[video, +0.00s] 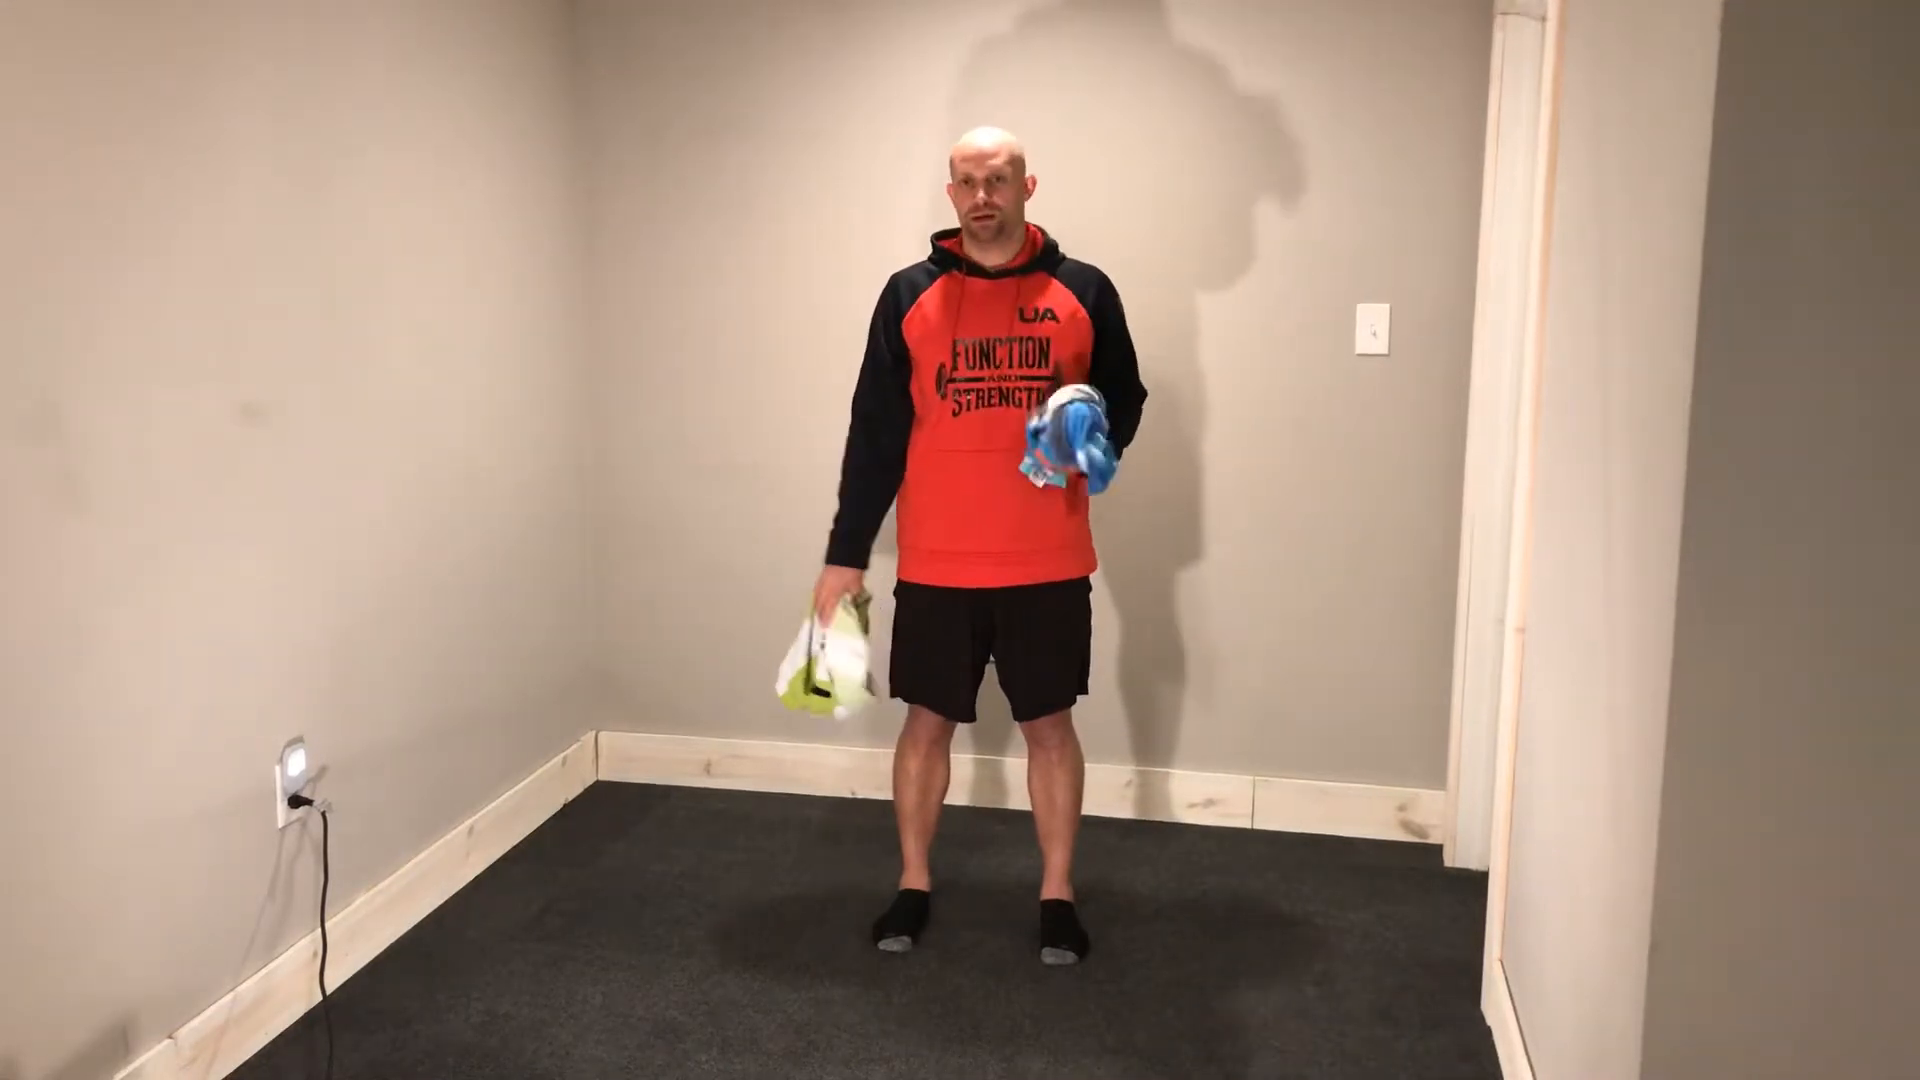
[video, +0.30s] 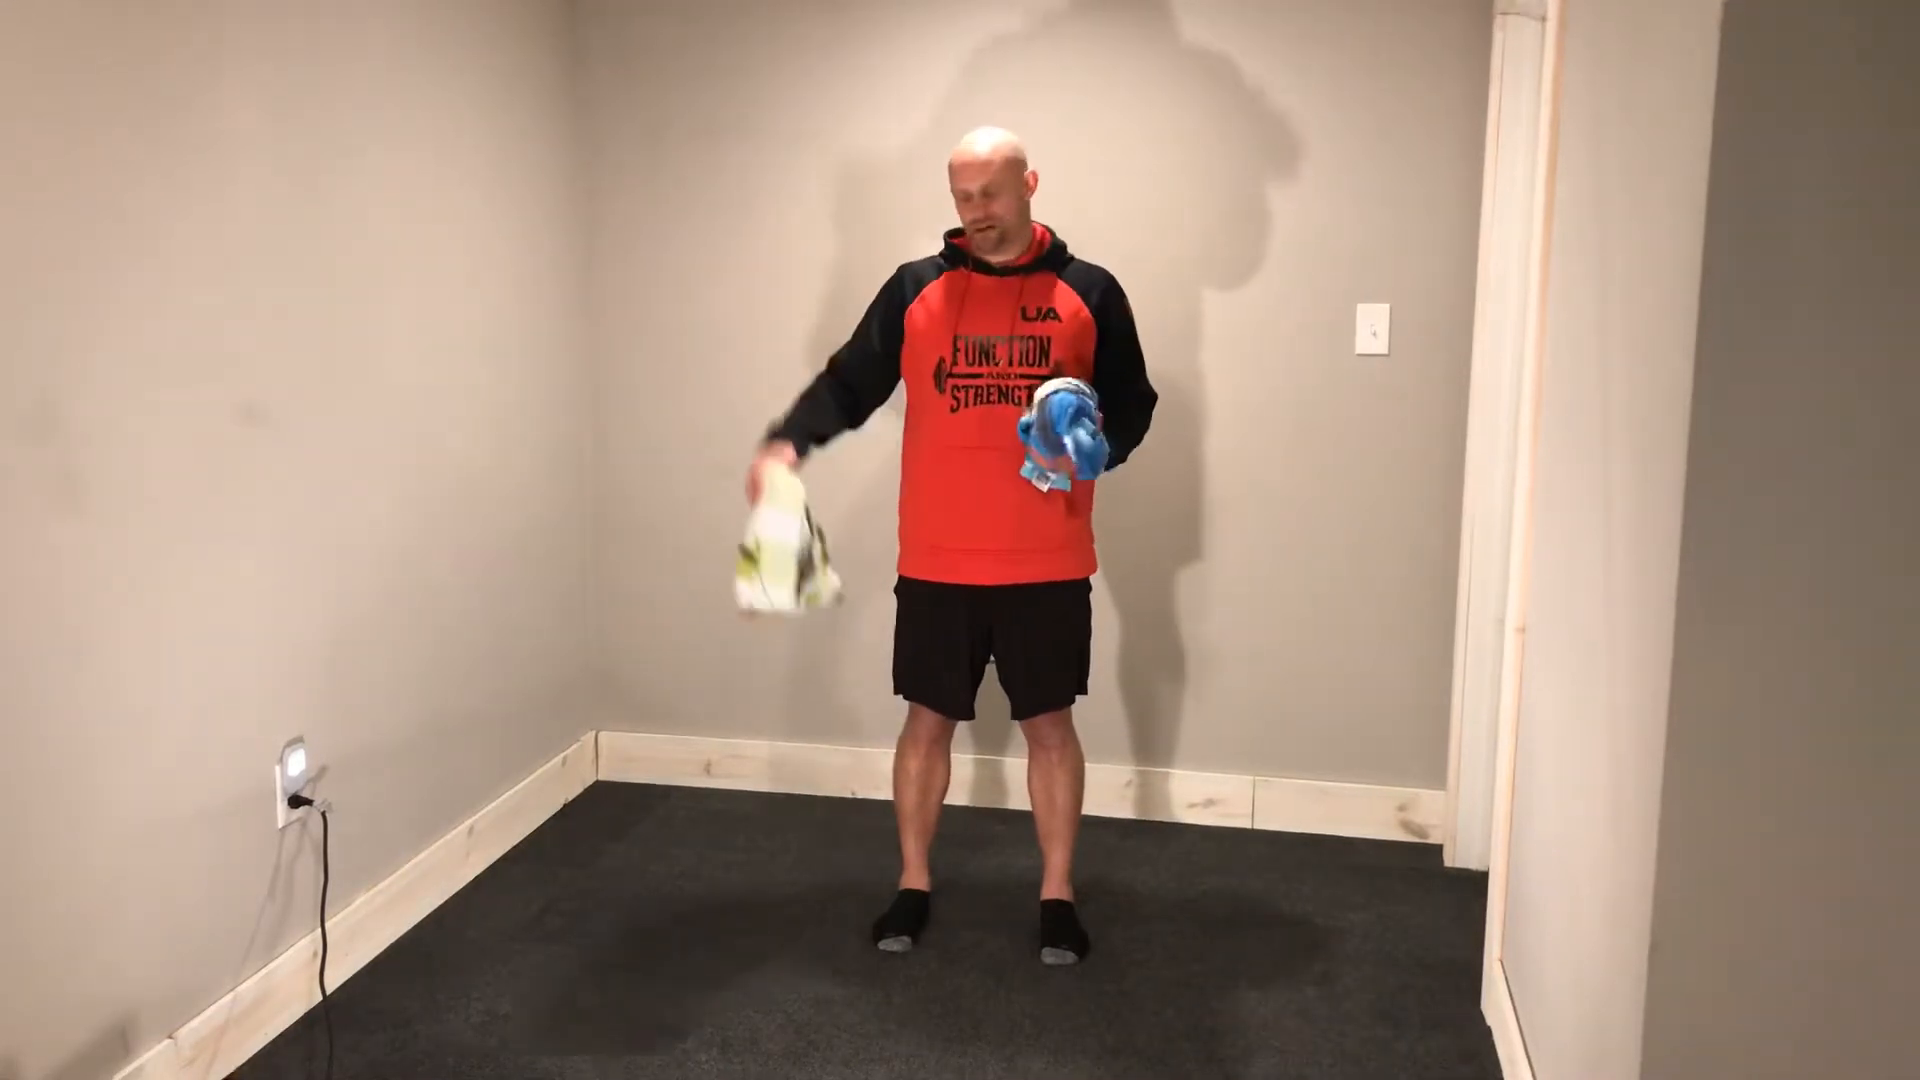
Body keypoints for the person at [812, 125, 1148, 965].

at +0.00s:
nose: (980, 196)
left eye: (996, 181)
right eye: (966, 183)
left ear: (1028, 188)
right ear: (950, 193)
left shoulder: (1084, 292)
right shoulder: (910, 296)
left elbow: (1124, 399)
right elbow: (875, 433)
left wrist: (1090, 438)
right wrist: (845, 554)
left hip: (1045, 559)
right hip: (938, 561)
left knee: (1048, 725)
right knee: (926, 720)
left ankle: (1058, 897)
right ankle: (912, 888)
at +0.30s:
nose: (975, 216)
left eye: (989, 199)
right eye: (961, 201)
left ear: (1029, 186)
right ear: (948, 198)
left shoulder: (1090, 293)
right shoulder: (915, 291)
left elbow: (1130, 406)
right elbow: (850, 381)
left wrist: (1093, 444)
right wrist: (786, 440)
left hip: (1046, 558)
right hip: (938, 557)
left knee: (1048, 722)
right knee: (928, 715)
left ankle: (1057, 897)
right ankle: (912, 887)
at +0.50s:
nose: (964, 221)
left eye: (979, 204)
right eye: (956, 205)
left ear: (1029, 192)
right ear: (948, 200)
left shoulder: (1092, 298)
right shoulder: (921, 286)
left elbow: (1131, 412)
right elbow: (842, 351)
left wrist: (1090, 450)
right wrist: (762, 337)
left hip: (1042, 560)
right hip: (936, 556)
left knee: (1046, 722)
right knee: (926, 716)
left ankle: (1058, 897)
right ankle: (911, 887)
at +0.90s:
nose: (977, 214)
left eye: (992, 197)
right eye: (967, 198)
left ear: (1037, 190)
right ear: (959, 196)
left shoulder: (1092, 300)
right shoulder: (916, 281)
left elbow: (1131, 416)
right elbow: (822, 302)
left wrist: (1085, 453)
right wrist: (761, 239)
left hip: (1037, 559)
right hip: (932, 551)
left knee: (1044, 721)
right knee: (926, 716)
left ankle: (1057, 899)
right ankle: (913, 888)